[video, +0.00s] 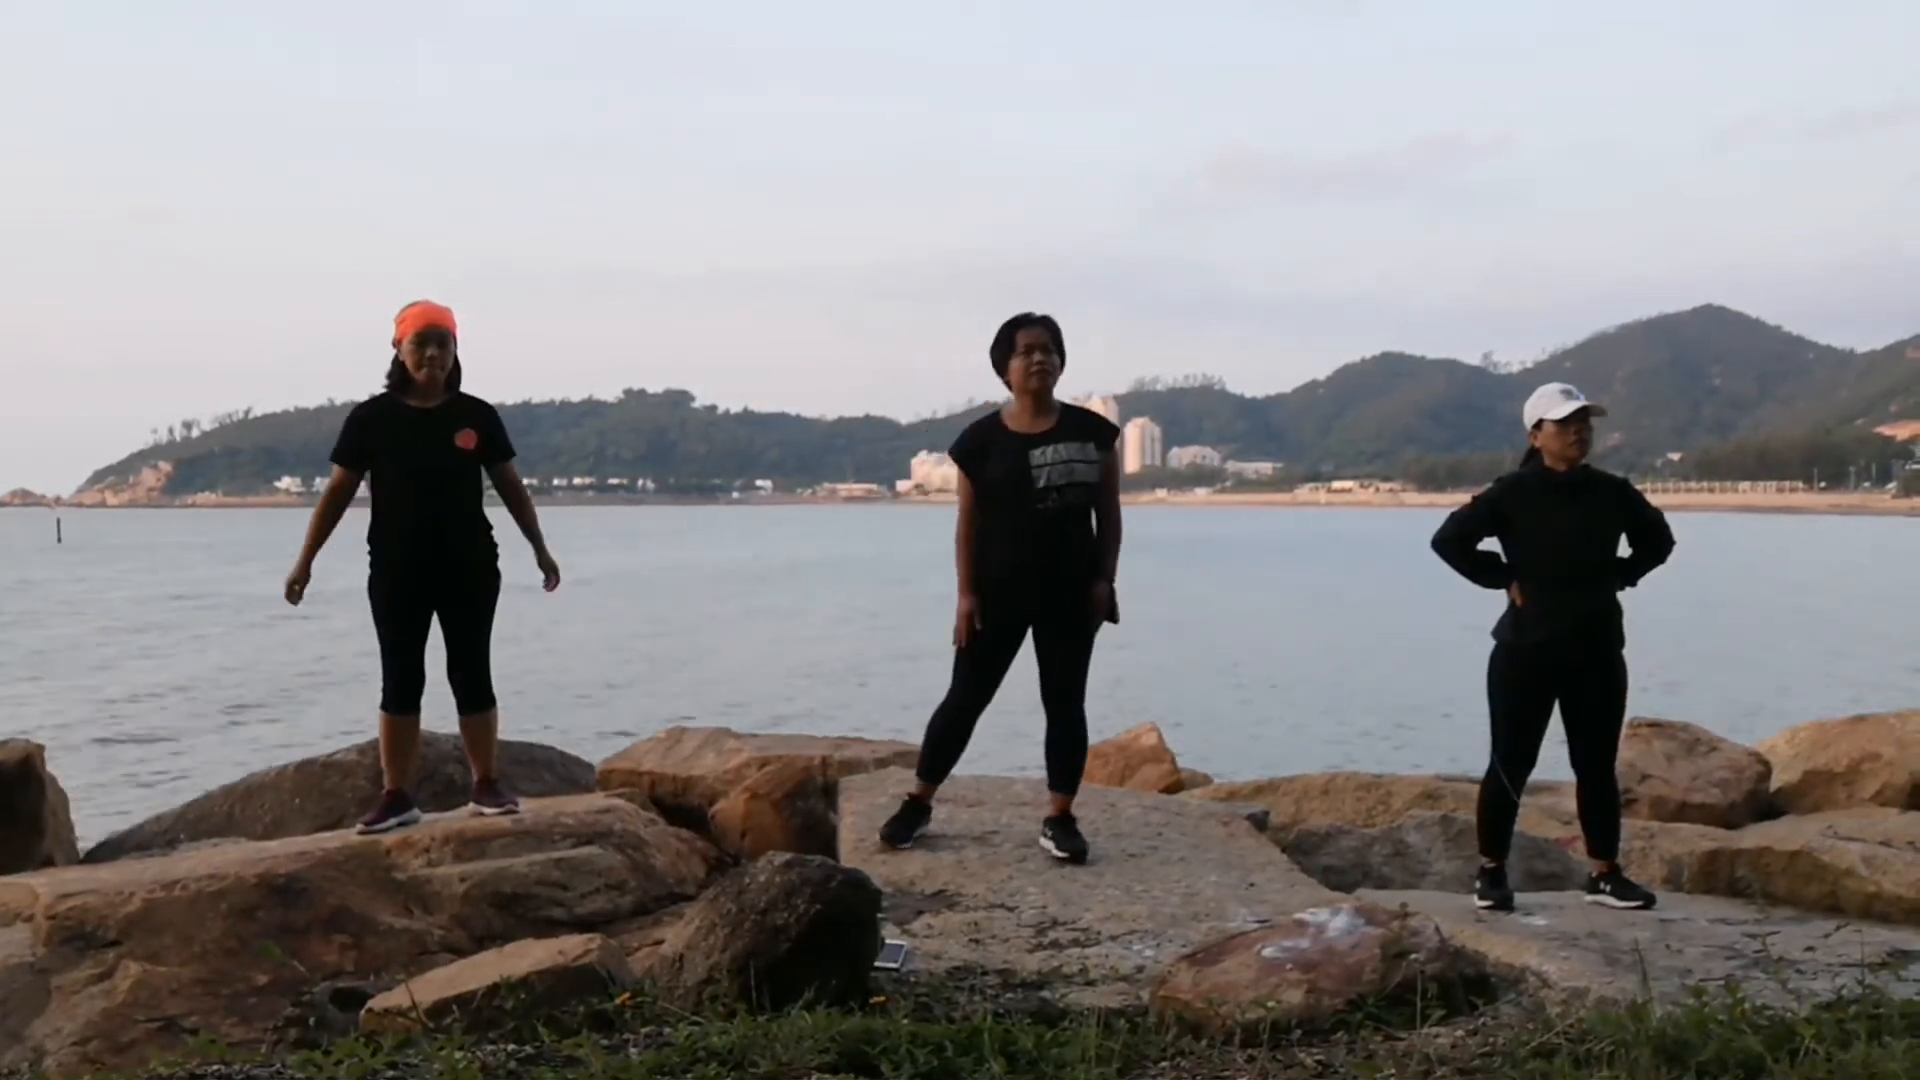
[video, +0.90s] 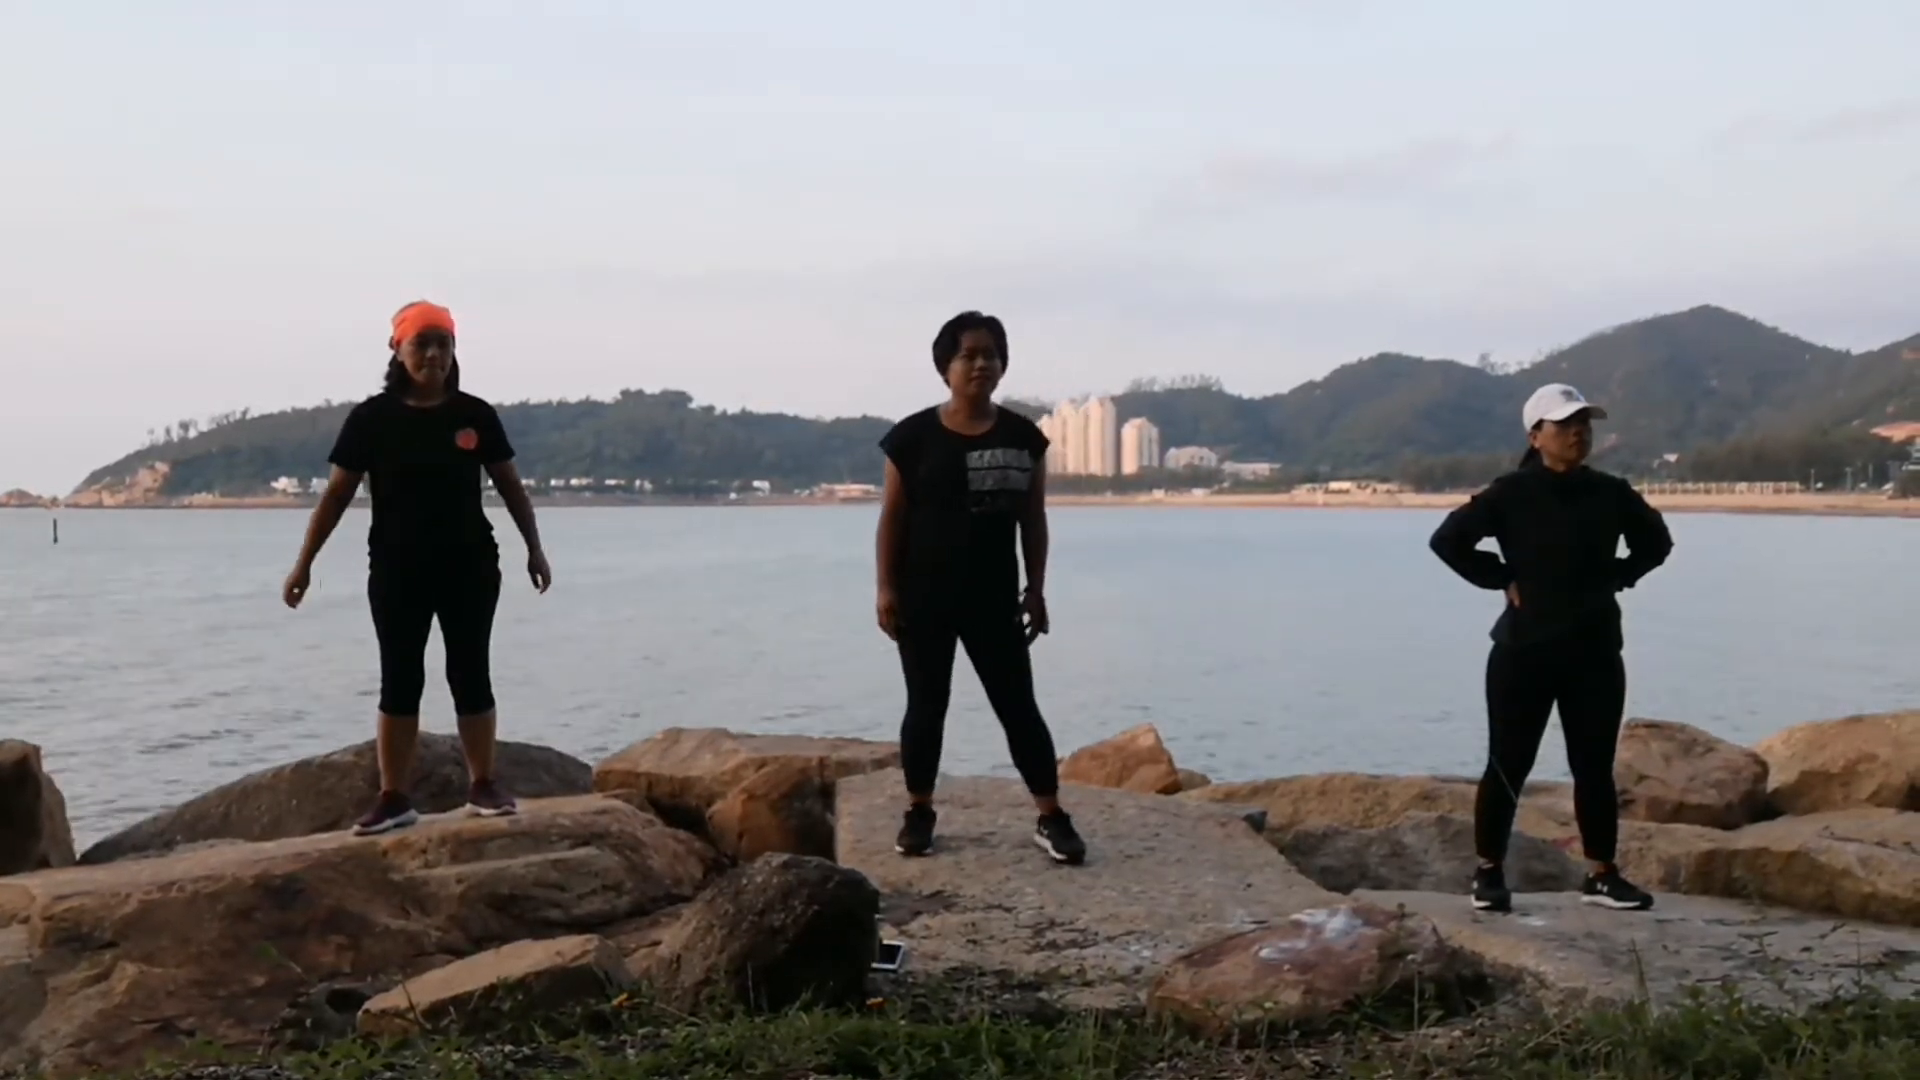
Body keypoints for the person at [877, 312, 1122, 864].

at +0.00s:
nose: (1038, 359)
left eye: (1047, 351)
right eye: (1025, 352)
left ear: (1061, 364)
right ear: (1004, 365)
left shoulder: (1095, 433)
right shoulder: (980, 440)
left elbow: (1110, 515)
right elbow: (966, 524)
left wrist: (1106, 581)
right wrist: (966, 593)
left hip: (1071, 593)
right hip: (1001, 594)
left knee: (1066, 707)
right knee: (963, 701)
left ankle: (1060, 816)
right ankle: (918, 802)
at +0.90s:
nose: (980, 367)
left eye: (991, 358)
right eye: (968, 356)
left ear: (1002, 368)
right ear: (945, 364)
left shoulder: (1024, 438)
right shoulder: (913, 437)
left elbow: (1033, 519)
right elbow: (891, 518)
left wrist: (1036, 589)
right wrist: (884, 588)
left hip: (992, 597)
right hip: (924, 597)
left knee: (1020, 709)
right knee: (925, 709)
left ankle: (1051, 815)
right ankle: (919, 812)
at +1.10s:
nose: (974, 368)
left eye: (984, 358)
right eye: (962, 358)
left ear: (994, 365)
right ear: (937, 365)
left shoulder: (1018, 432)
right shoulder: (908, 439)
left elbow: (1033, 513)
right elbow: (887, 518)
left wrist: (1037, 583)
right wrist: (875, 587)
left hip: (999, 591)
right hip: (929, 595)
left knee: (1025, 704)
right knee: (928, 706)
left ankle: (1049, 811)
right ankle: (919, 811)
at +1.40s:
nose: (998, 367)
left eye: (1007, 357)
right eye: (986, 358)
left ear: (1021, 364)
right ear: (965, 367)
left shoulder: (1052, 432)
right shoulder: (937, 441)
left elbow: (1070, 509)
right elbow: (925, 524)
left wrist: (1080, 577)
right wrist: (921, 591)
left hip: (1031, 595)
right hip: (959, 596)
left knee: (1038, 708)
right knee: (943, 706)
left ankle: (1050, 815)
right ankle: (920, 811)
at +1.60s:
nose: (1015, 368)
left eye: (1025, 357)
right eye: (1003, 359)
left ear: (1041, 364)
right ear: (985, 368)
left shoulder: (1072, 434)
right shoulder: (959, 438)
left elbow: (1091, 511)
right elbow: (940, 520)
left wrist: (1105, 580)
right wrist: (933, 589)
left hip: (1045, 595)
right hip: (974, 594)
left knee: (1047, 706)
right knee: (951, 702)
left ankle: (1051, 815)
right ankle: (919, 810)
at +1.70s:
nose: (1015, 366)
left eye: (1026, 356)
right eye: (1004, 357)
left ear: (1044, 362)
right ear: (990, 366)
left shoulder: (1077, 434)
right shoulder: (964, 436)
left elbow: (1096, 513)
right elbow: (945, 516)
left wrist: (1110, 583)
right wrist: (937, 586)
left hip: (1046, 594)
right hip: (975, 592)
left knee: (1047, 705)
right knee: (949, 699)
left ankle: (1050, 815)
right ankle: (918, 809)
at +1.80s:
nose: (1015, 366)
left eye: (1026, 356)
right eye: (1004, 357)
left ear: (1046, 362)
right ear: (991, 366)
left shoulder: (1077, 435)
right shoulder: (965, 435)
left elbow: (1095, 514)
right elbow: (944, 516)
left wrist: (1108, 584)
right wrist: (937, 586)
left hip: (1044, 594)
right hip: (973, 592)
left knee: (1046, 706)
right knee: (944, 700)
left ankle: (1050, 815)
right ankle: (915, 809)